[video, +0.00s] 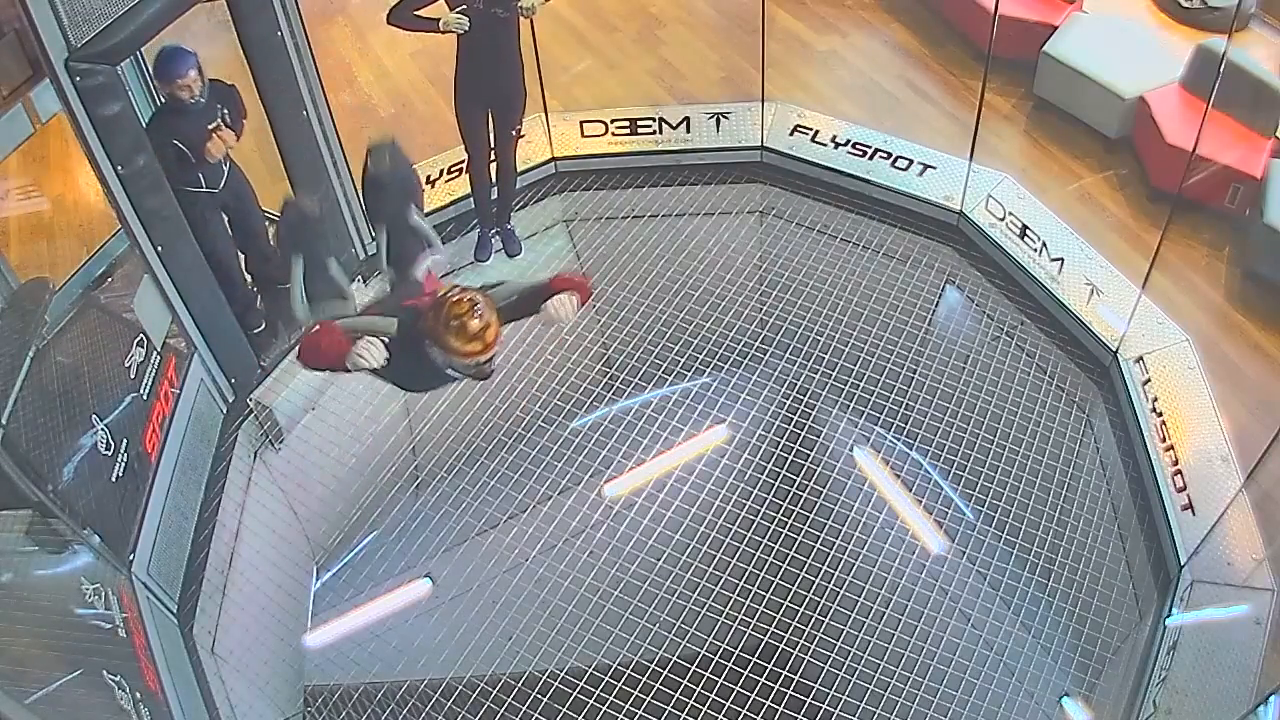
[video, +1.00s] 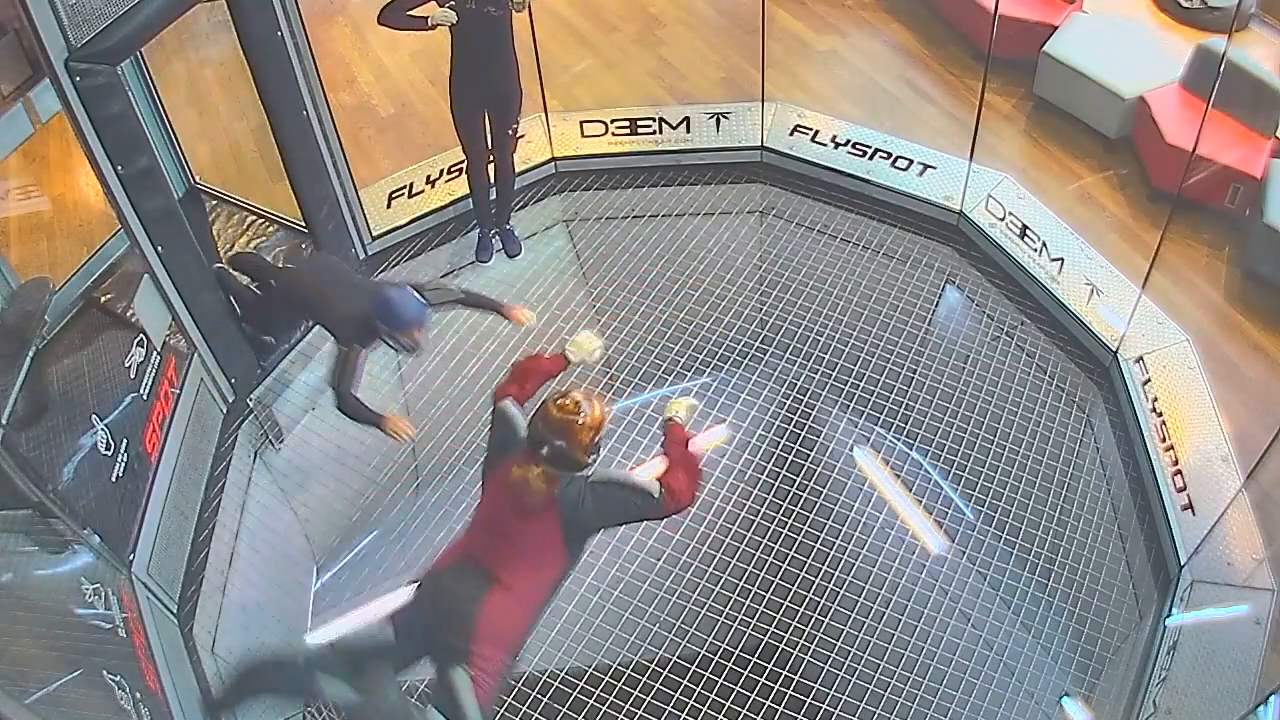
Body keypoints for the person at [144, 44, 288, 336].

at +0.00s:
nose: (193, 91)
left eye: (195, 81)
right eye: (183, 89)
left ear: (199, 71)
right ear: (163, 88)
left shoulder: (218, 90)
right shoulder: (158, 129)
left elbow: (235, 102)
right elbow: (172, 176)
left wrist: (233, 130)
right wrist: (205, 157)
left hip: (231, 178)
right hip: (196, 200)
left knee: (257, 238)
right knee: (224, 262)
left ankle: (276, 292)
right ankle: (253, 324)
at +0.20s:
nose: (217, 119)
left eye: (219, 109)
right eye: (207, 115)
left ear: (227, 95)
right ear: (190, 113)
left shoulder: (245, 114)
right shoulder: (180, 148)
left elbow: (257, 134)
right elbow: (192, 198)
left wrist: (253, 154)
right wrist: (227, 186)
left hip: (244, 189)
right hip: (207, 209)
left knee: (272, 237)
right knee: (235, 262)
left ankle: (270, 290)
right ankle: (247, 313)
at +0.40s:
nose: (251, 164)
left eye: (253, 154)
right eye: (241, 160)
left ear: (260, 144)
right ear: (224, 160)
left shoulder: (275, 157)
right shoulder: (206, 195)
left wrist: (300, 197)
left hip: (269, 226)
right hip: (229, 245)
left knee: (302, 278)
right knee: (252, 290)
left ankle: (334, 344)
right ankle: (255, 322)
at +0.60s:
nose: (298, 218)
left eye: (298, 208)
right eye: (287, 214)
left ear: (303, 197)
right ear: (270, 213)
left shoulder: (309, 197)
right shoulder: (237, 240)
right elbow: (249, 292)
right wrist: (287, 281)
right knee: (271, 310)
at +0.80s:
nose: (356, 281)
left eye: (356, 272)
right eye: (345, 278)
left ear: (356, 254)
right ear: (325, 276)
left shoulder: (348, 245)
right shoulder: (306, 295)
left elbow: (386, 253)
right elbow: (298, 343)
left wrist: (413, 275)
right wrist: (336, 354)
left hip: (280, 236)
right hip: (257, 265)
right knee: (272, 342)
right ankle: (240, 295)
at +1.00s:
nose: (421, 338)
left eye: (422, 330)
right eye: (413, 335)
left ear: (418, 306)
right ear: (389, 333)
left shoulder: (400, 292)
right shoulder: (358, 337)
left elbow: (456, 295)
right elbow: (344, 397)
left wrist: (503, 309)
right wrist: (380, 421)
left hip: (321, 261)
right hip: (296, 289)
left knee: (277, 272)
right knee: (269, 325)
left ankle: (229, 256)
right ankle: (225, 277)